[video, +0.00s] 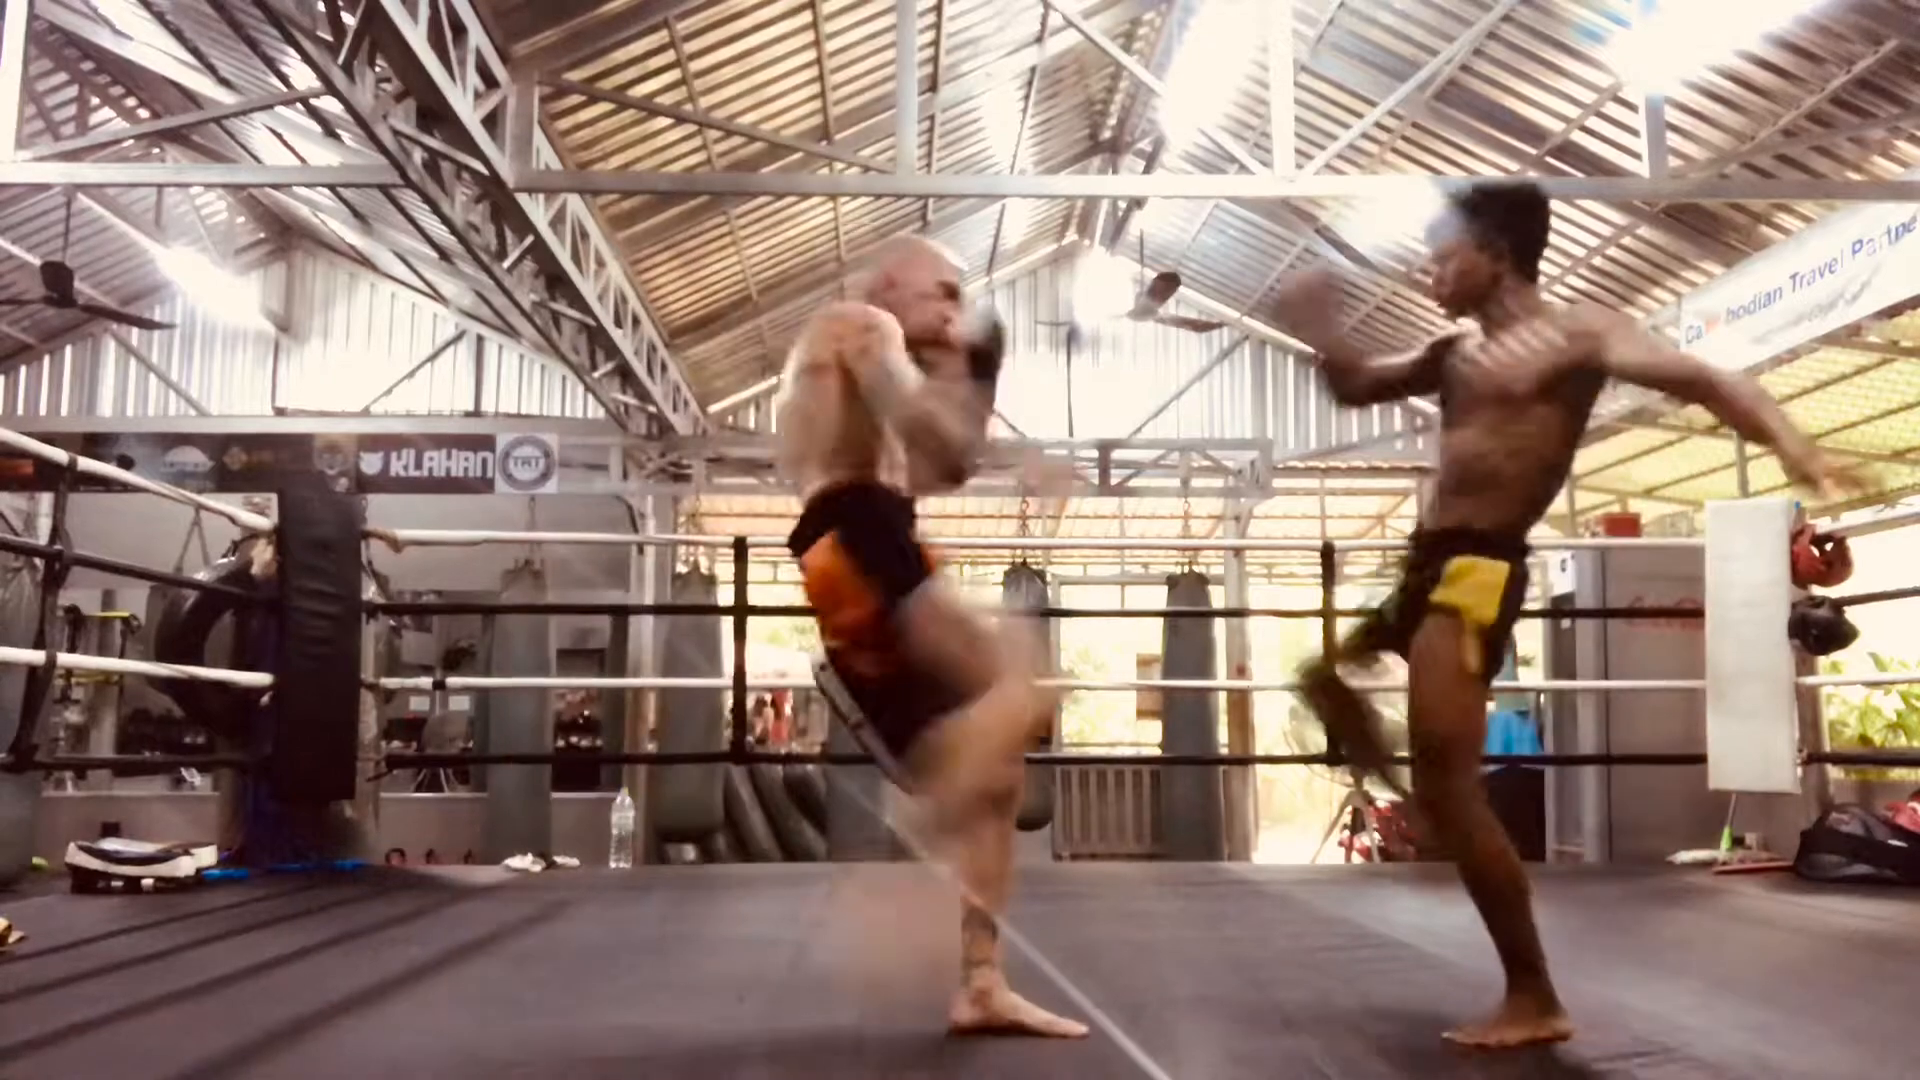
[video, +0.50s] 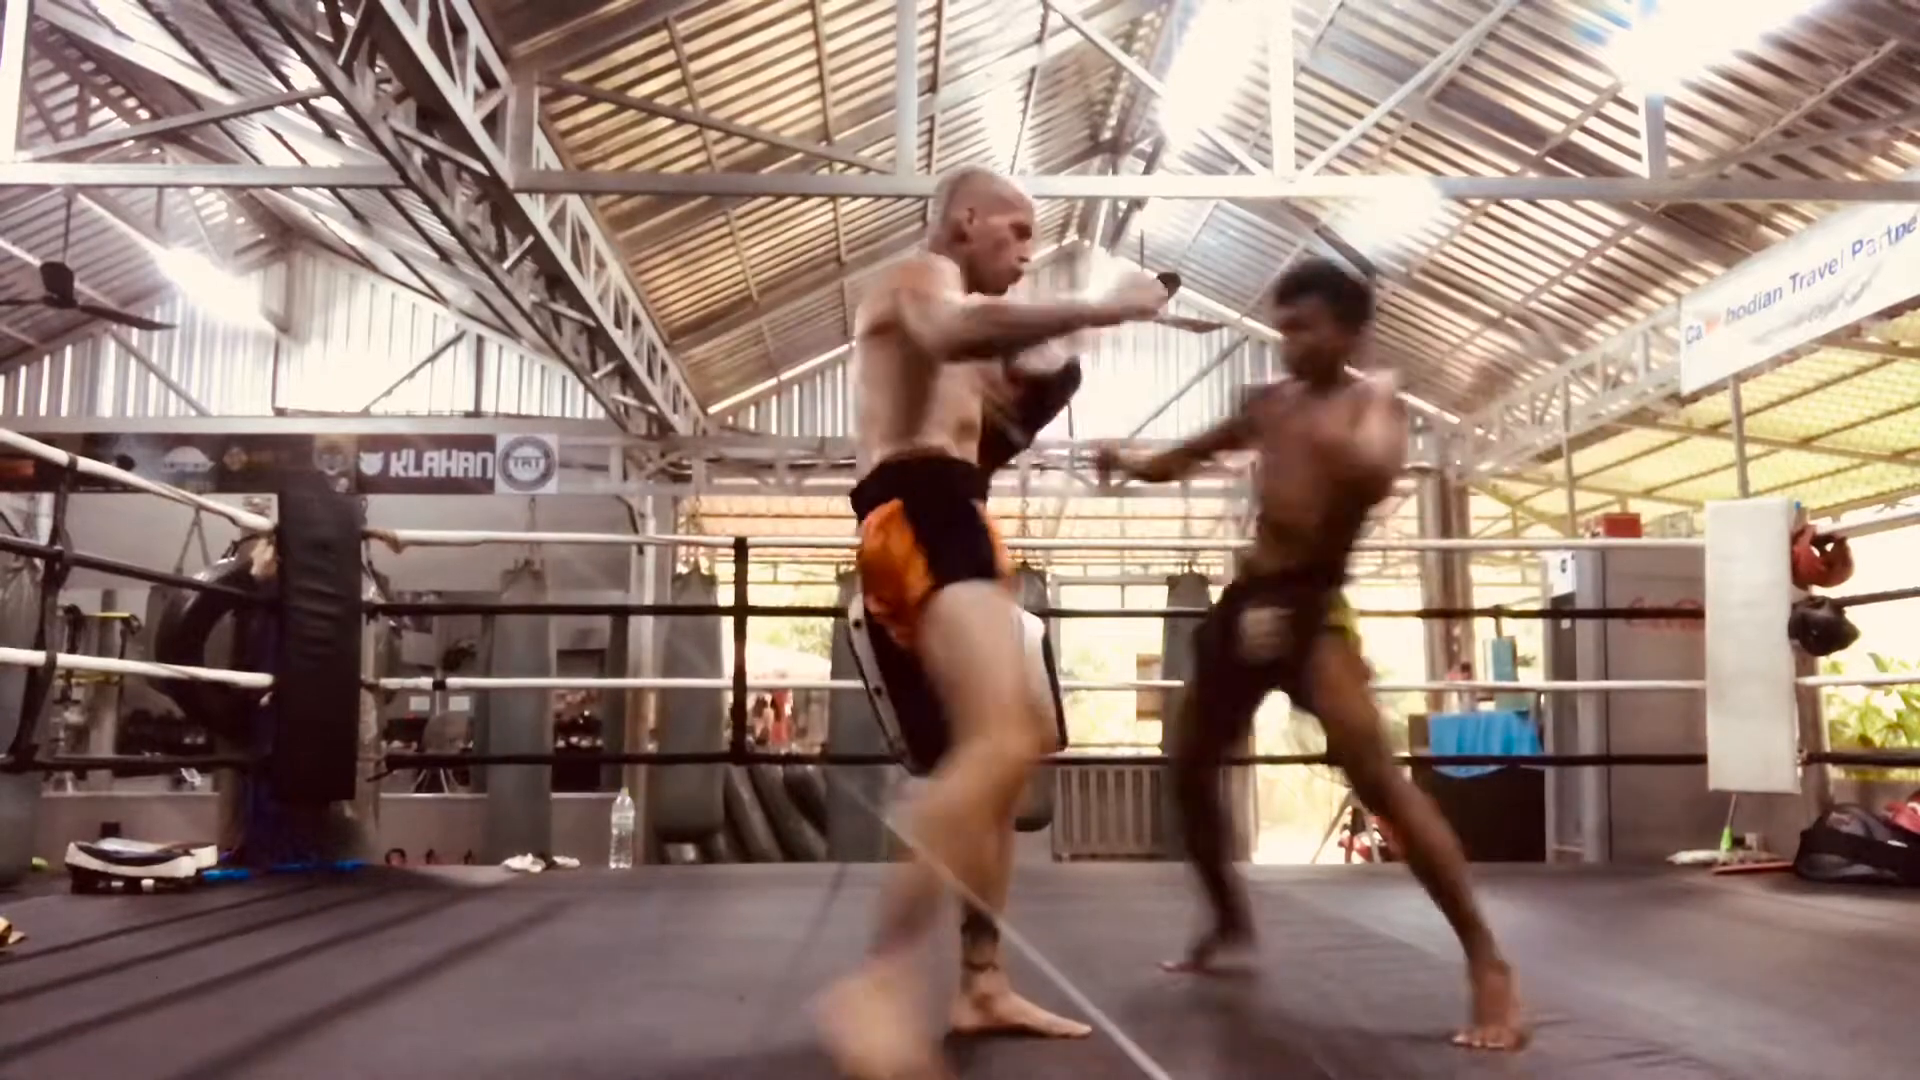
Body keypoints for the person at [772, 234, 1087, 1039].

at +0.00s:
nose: (955, 312)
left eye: (957, 298)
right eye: (943, 293)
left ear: (893, 300)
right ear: (890, 290)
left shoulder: (832, 341)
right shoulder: (863, 323)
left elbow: (951, 464)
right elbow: (923, 425)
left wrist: (954, 365)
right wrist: (960, 371)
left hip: (834, 557)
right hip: (863, 538)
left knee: (991, 769)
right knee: (1020, 668)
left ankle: (983, 982)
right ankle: (942, 798)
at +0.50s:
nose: (1026, 248)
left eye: (1030, 236)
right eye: (1015, 230)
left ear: (985, 229)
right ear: (965, 221)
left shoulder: (964, 318)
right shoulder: (923, 272)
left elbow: (963, 451)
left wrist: (1027, 407)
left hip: (936, 513)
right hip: (918, 502)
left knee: (1011, 745)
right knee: (1004, 733)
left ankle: (984, 983)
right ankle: (880, 983)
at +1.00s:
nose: (1048, 286)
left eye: (1054, 272)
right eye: (1046, 265)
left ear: (1010, 245)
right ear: (1013, 240)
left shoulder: (971, 317)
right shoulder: (928, 277)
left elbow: (954, 467)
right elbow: (969, 372)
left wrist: (1022, 453)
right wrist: (1057, 308)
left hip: (956, 544)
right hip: (910, 539)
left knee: (998, 782)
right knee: (900, 804)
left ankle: (986, 987)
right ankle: (774, 1042)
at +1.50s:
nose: (1162, 252)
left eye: (1155, 240)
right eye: (1158, 240)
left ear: (1082, 244)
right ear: (1144, 237)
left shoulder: (1028, 326)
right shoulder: (1149, 289)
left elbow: (946, 432)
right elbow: (1196, 411)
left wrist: (1007, 500)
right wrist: (1184, 478)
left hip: (1016, 533)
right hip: (1091, 520)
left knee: (1080, 788)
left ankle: (1077, 1006)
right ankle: (921, 942)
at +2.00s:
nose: (1252, 302)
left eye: (1254, 286)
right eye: (1249, 289)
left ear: (1285, 266)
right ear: (1317, 261)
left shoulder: (1284, 322)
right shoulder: (1410, 334)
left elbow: (1298, 430)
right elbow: (1429, 461)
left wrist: (1214, 454)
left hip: (1333, 562)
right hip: (1431, 551)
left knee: (1230, 797)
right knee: (1470, 788)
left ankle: (1171, 1011)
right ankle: (1573, 999)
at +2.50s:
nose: (1285, 291)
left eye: (1291, 268)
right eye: (1279, 274)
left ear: (1338, 252)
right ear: (1342, 255)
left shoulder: (1415, 299)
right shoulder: (1430, 307)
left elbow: (1505, 395)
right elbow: (1456, 424)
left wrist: (1396, 442)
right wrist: (1372, 464)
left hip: (1501, 530)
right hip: (1535, 528)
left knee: (1462, 770)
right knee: (1532, 772)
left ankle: (1500, 1026)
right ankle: (1619, 974)